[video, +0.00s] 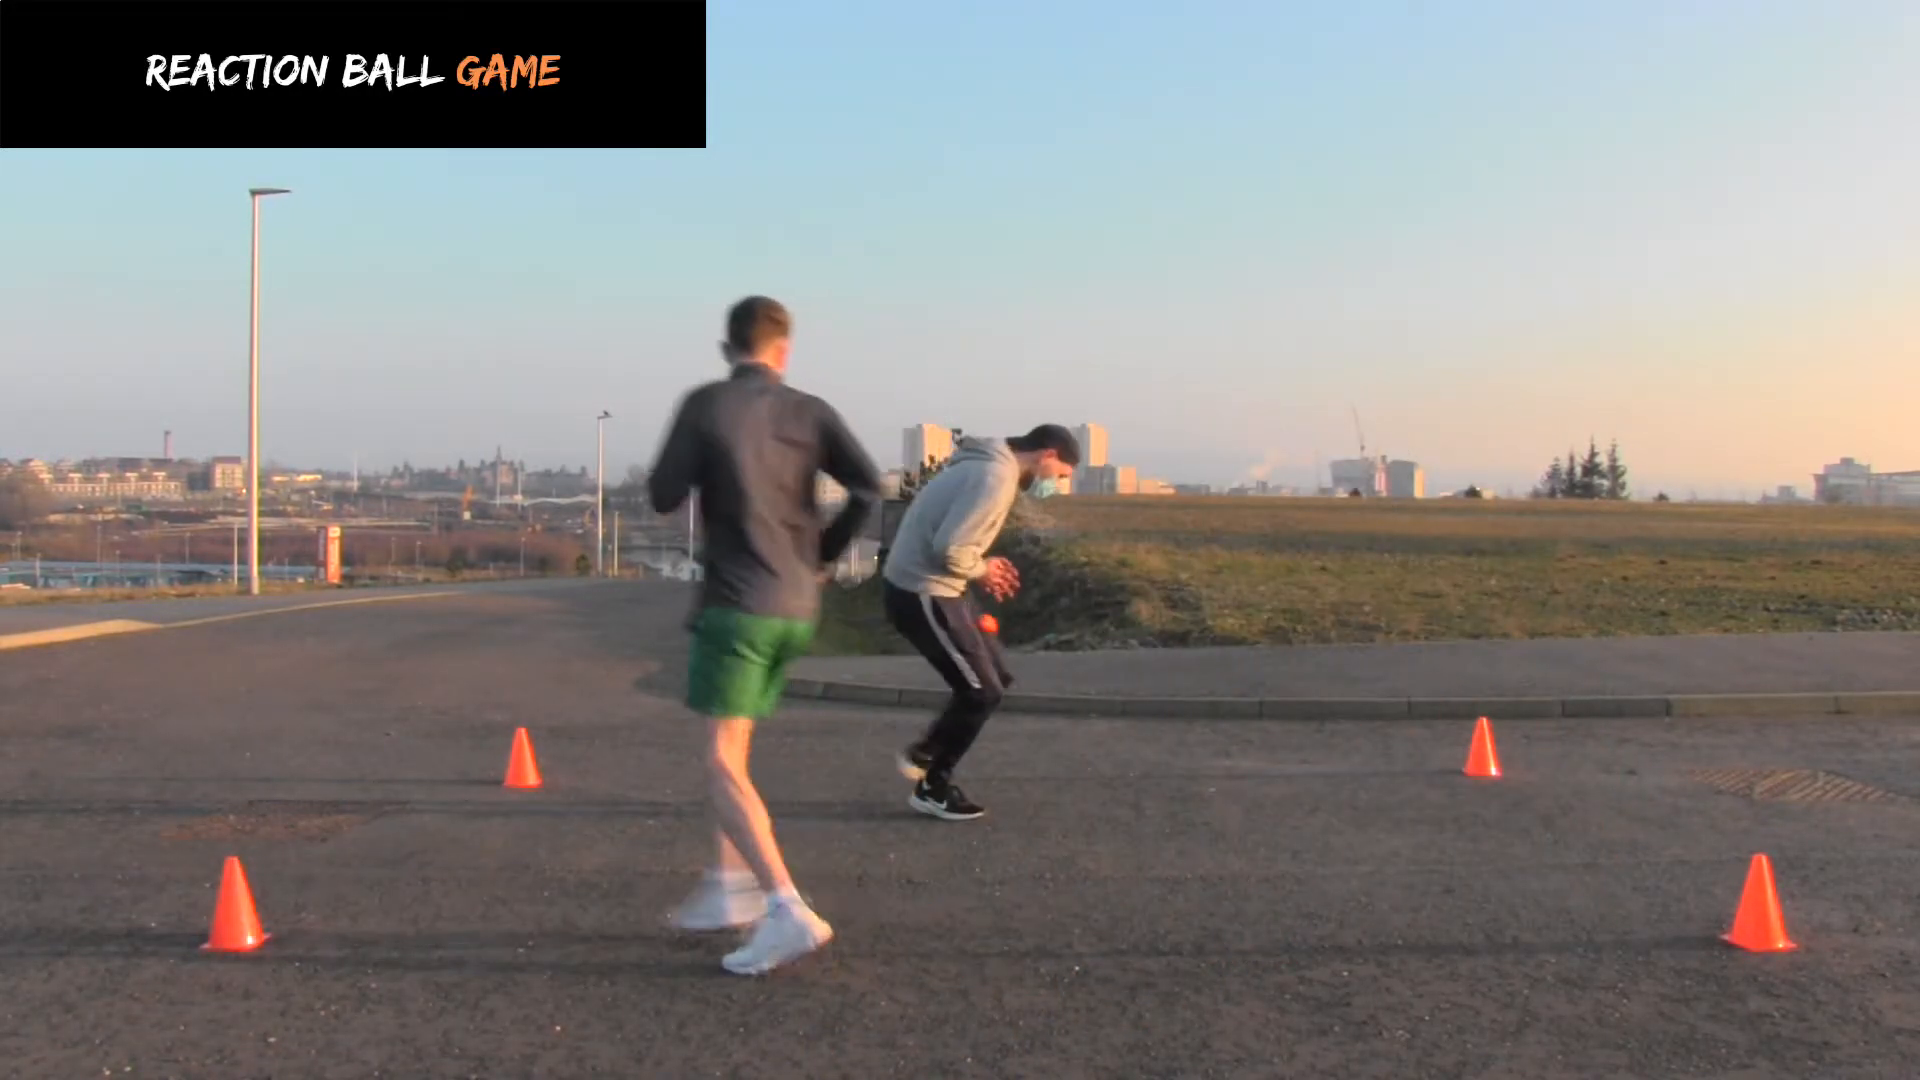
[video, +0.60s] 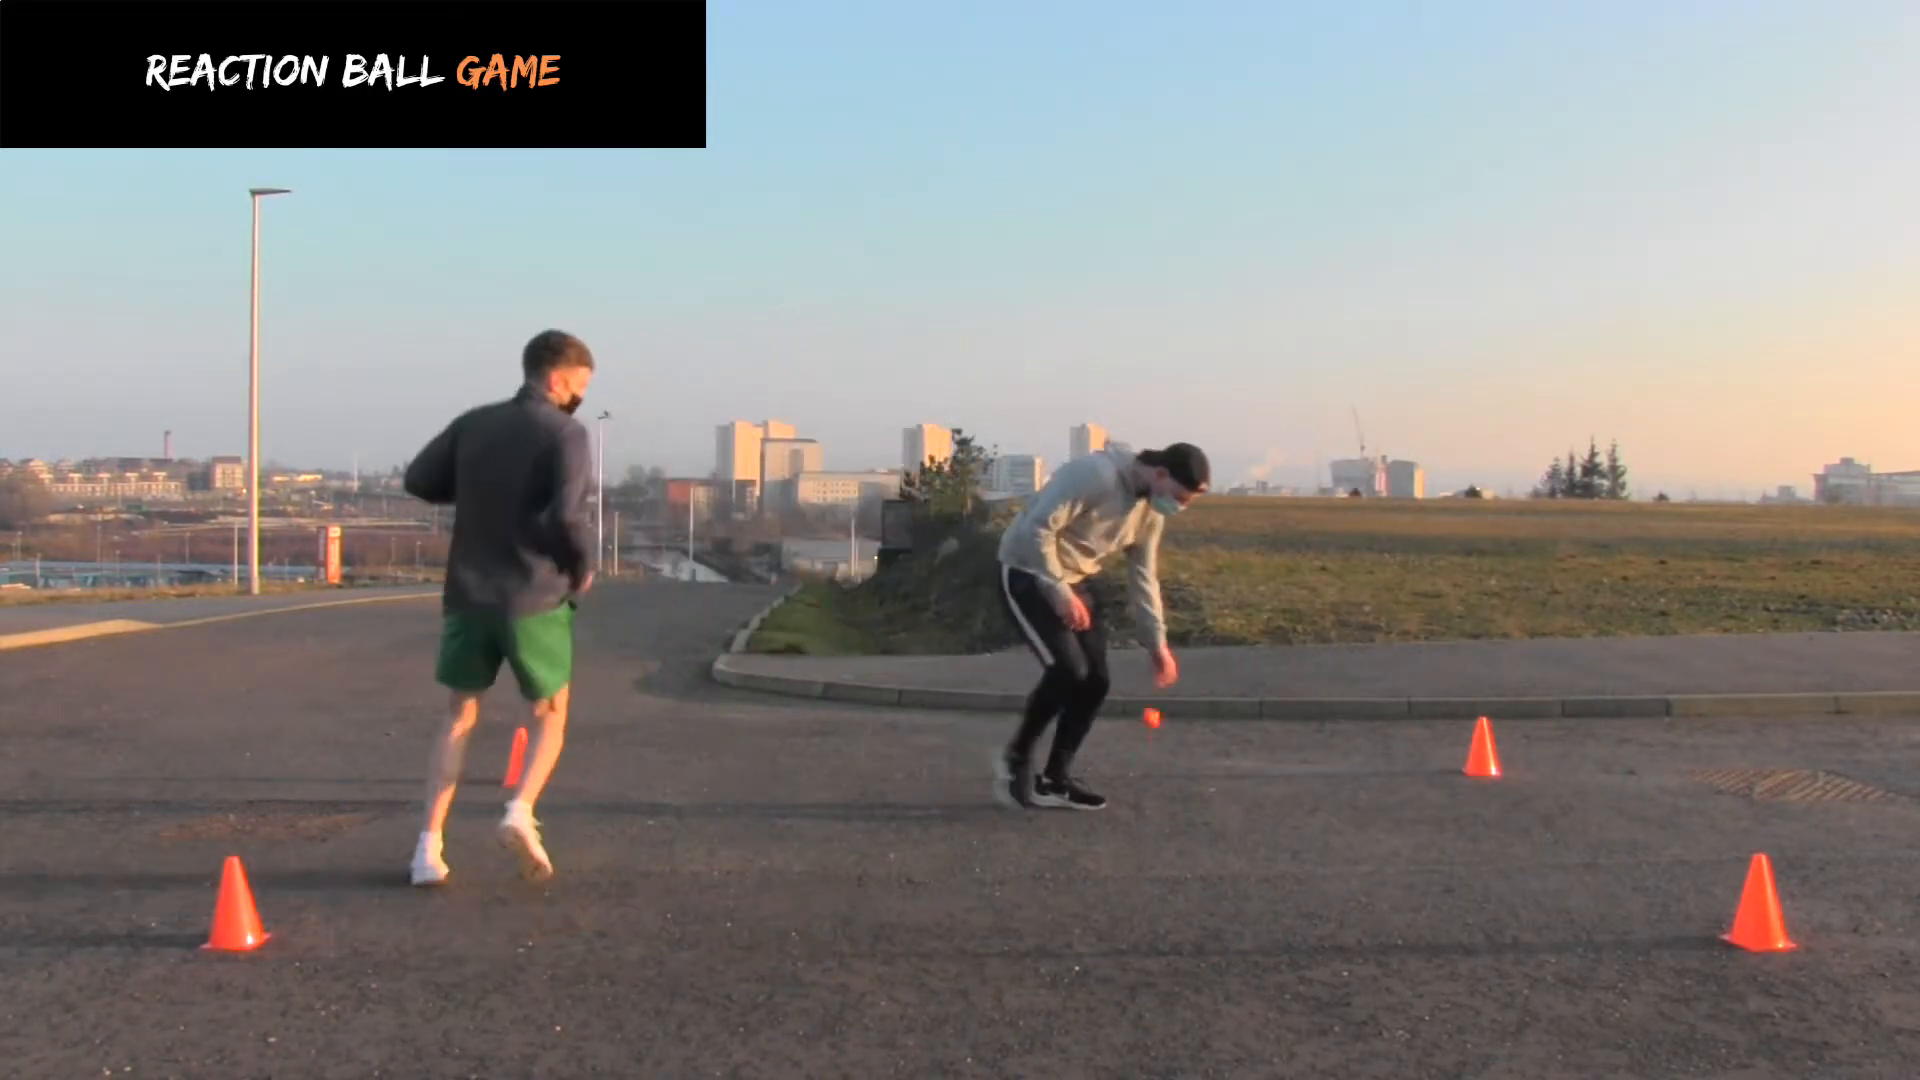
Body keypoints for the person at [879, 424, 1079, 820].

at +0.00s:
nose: (1058, 482)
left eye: (1063, 476)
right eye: (1062, 472)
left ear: (1045, 453)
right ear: (1047, 455)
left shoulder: (1000, 471)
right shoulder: (993, 474)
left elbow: (950, 540)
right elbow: (948, 547)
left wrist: (981, 566)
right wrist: (980, 569)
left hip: (939, 588)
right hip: (918, 590)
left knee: (996, 680)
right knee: (981, 692)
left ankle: (923, 754)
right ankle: (934, 786)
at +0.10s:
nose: (1075, 471)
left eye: (1080, 465)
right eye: (1078, 462)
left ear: (1059, 446)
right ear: (1060, 446)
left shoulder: (1018, 471)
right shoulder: (1004, 469)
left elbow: (970, 538)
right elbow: (957, 542)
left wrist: (991, 575)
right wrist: (991, 573)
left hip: (962, 585)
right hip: (935, 586)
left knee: (1021, 676)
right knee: (992, 689)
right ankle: (937, 783)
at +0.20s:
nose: (1093, 483)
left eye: (1099, 478)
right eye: (1096, 474)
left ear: (1084, 455)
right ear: (1082, 452)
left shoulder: (1049, 481)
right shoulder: (1017, 470)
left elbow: (1018, 542)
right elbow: (969, 541)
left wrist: (1017, 579)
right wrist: (1002, 587)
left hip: (991, 586)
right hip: (956, 586)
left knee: (1038, 681)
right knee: (1005, 691)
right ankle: (940, 781)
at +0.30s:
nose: (1106, 495)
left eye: (1113, 490)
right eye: (1108, 486)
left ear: (1097, 466)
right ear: (1094, 462)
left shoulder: (1072, 492)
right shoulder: (1028, 475)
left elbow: (1046, 545)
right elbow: (976, 544)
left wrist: (1043, 584)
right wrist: (1013, 591)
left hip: (1015, 588)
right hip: (969, 585)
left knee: (1057, 682)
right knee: (1016, 694)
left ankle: (1050, 781)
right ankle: (946, 778)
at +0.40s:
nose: (1129, 503)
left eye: (1137, 499)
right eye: (1131, 493)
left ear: (1117, 472)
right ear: (1115, 469)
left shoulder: (1100, 501)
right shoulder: (1046, 479)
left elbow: (1086, 556)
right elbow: (995, 543)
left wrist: (1085, 601)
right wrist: (1024, 596)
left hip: (1035, 587)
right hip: (987, 581)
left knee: (1076, 680)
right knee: (1020, 692)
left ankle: (1052, 779)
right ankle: (948, 777)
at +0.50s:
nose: (1150, 502)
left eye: (1157, 498)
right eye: (1151, 493)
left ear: (1138, 472)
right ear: (1135, 469)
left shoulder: (1122, 501)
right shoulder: (1069, 473)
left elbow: (1111, 563)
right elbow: (1011, 535)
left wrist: (1117, 615)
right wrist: (1036, 596)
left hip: (1048, 584)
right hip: (1003, 575)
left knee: (1080, 683)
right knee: (1035, 687)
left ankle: (1052, 780)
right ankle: (960, 770)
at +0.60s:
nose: (1177, 507)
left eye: (1184, 502)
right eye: (1178, 498)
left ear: (1164, 478)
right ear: (1160, 474)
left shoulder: (1151, 508)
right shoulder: (1094, 472)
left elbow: (1144, 576)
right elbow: (1034, 531)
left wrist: (1157, 643)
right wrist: (1059, 591)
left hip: (1073, 580)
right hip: (1026, 570)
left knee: (1095, 680)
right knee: (1069, 669)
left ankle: (1054, 778)